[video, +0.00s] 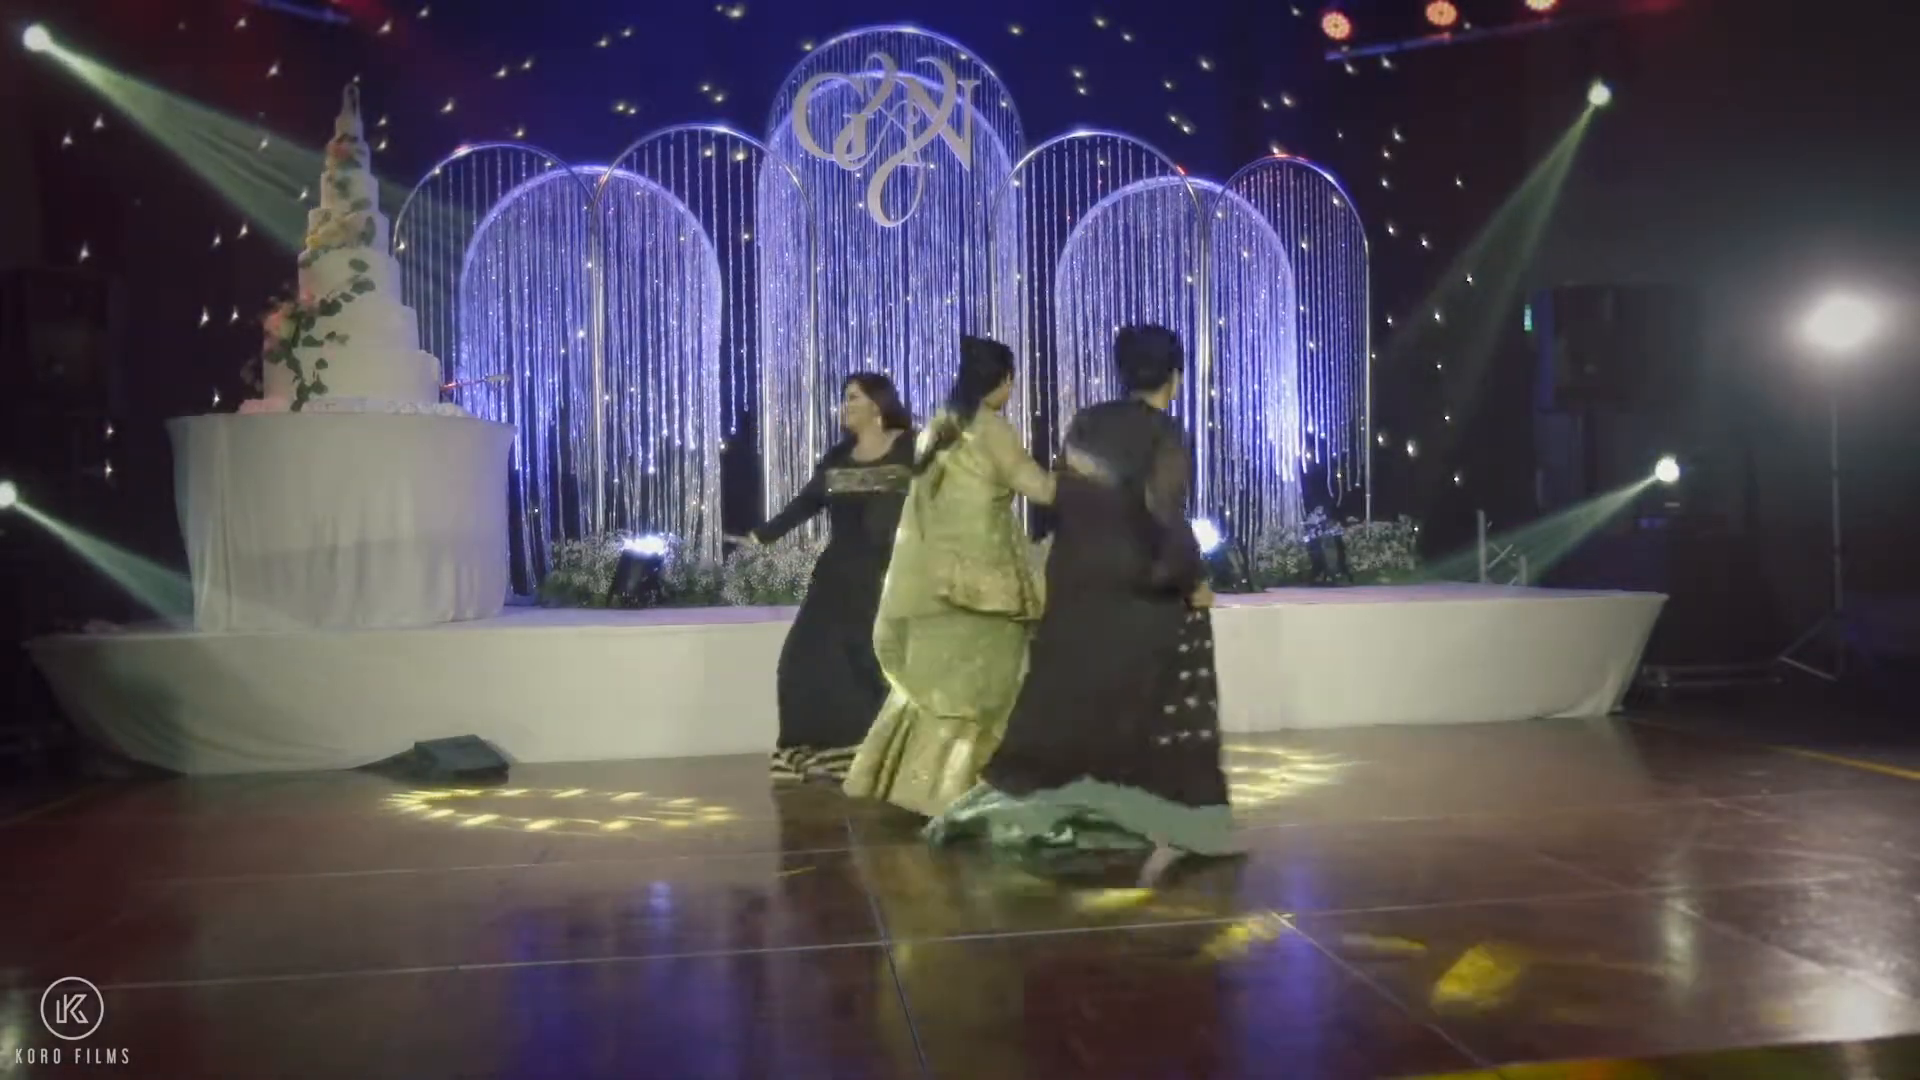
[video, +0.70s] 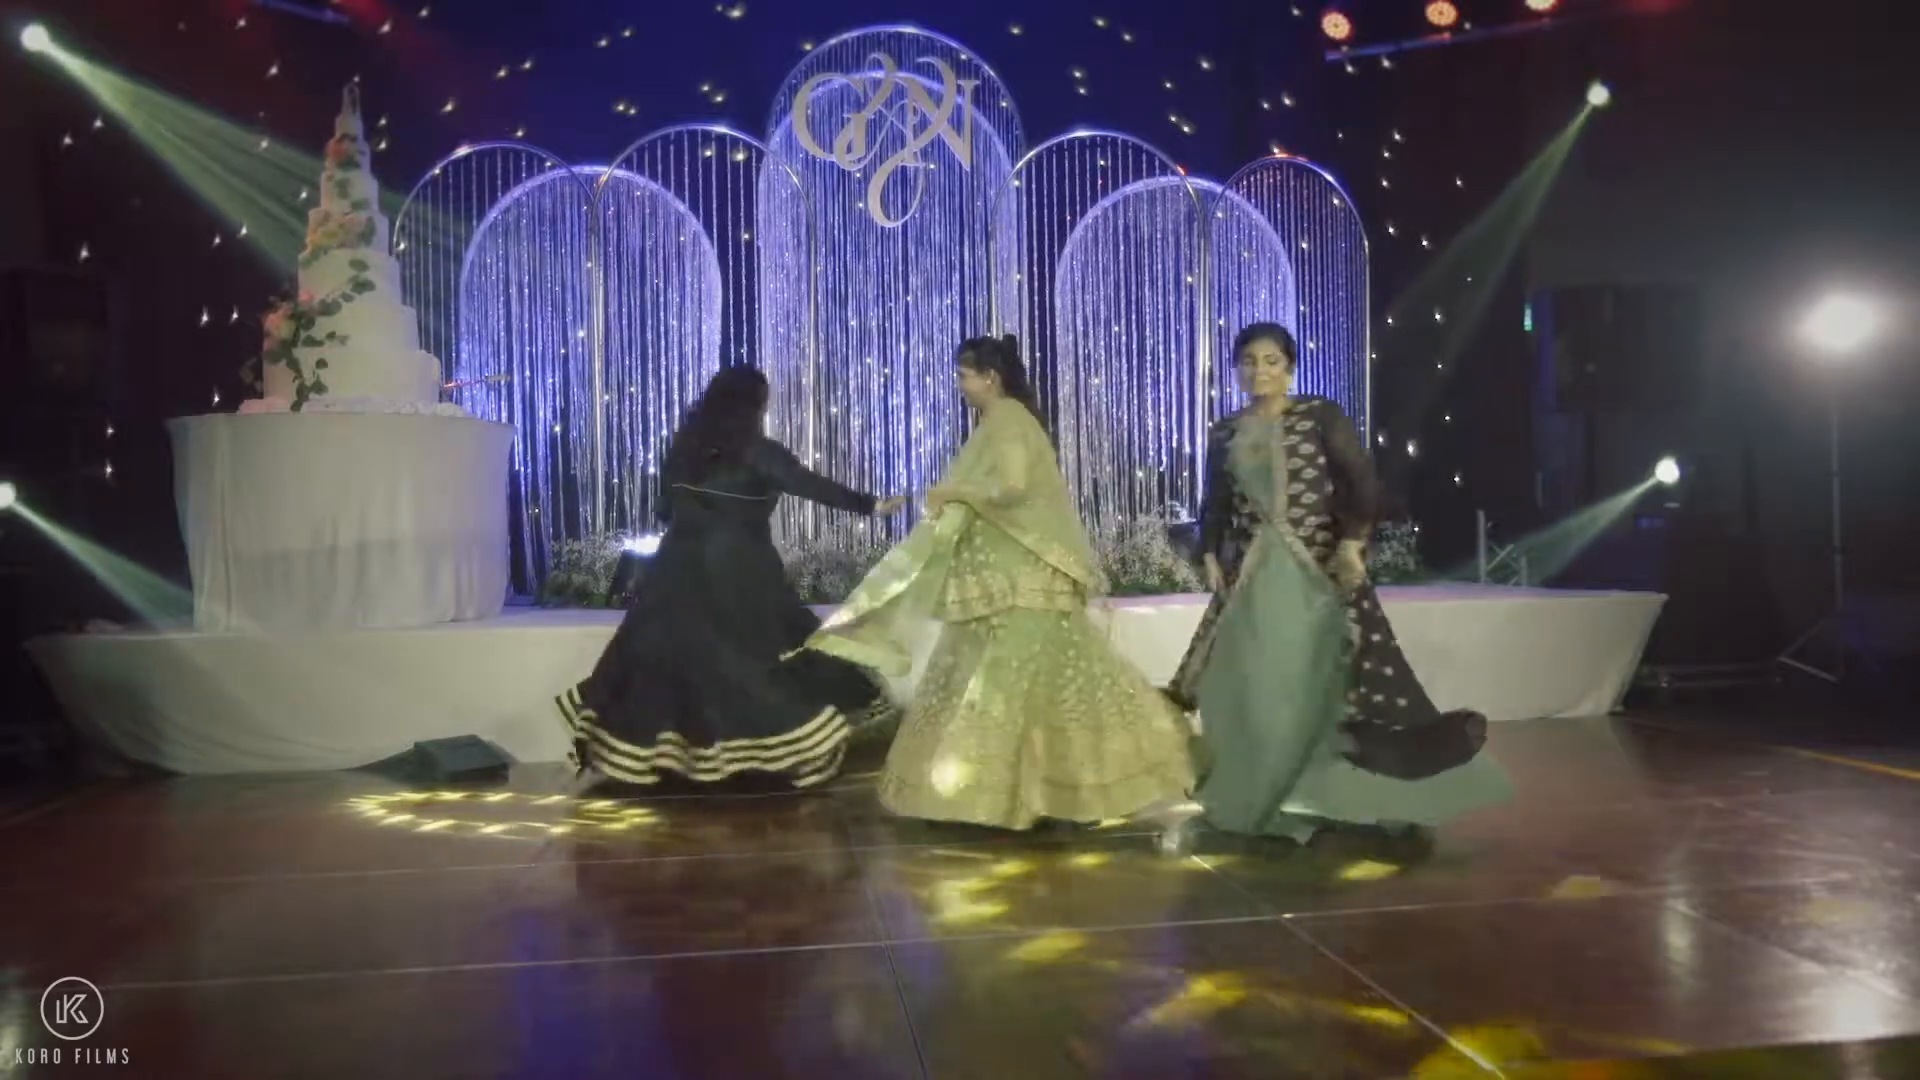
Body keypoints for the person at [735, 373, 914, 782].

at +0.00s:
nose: (844, 406)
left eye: (853, 399)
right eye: (844, 399)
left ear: (879, 404)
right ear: (850, 408)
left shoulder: (912, 450)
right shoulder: (837, 459)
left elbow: (935, 503)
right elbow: (806, 503)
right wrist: (763, 534)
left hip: (885, 572)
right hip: (836, 571)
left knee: (863, 657)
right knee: (801, 655)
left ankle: (862, 750)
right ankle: (802, 746)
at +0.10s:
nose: (818, 405)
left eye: (826, 398)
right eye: (820, 397)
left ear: (850, 405)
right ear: (842, 406)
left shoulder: (878, 449)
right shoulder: (821, 452)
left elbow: (885, 516)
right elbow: (801, 500)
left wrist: (876, 564)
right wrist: (765, 531)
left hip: (854, 576)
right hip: (810, 575)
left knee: (852, 666)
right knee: (782, 660)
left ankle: (861, 762)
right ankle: (783, 759)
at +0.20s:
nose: (804, 410)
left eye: (808, 402)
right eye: (806, 402)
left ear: (824, 406)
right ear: (836, 403)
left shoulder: (845, 446)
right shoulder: (827, 448)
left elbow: (824, 504)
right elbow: (816, 507)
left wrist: (795, 555)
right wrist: (790, 553)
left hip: (836, 577)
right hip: (820, 576)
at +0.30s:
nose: (787, 409)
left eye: (789, 403)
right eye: (789, 403)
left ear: (798, 406)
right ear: (836, 401)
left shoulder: (794, 445)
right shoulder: (845, 450)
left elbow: (763, 494)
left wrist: (722, 535)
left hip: (794, 568)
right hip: (837, 564)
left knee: (784, 656)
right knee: (842, 653)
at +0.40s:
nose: (827, 407)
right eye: (824, 400)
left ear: (776, 404)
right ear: (821, 405)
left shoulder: (755, 446)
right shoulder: (828, 452)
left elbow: (708, 486)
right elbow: (860, 503)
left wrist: (665, 525)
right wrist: (853, 487)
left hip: (761, 571)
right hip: (820, 570)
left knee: (747, 657)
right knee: (838, 649)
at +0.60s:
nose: (787, 409)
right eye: (784, 401)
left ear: (730, 398)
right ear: (780, 402)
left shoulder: (705, 437)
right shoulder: (788, 448)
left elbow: (671, 477)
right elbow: (833, 485)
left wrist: (649, 506)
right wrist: (882, 505)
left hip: (709, 558)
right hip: (770, 561)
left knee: (698, 651)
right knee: (780, 653)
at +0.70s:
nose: (765, 410)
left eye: (763, 401)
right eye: (762, 402)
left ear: (713, 399)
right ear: (753, 405)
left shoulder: (683, 445)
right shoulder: (759, 451)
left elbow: (665, 509)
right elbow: (811, 485)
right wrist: (871, 504)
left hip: (679, 573)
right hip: (740, 574)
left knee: (674, 660)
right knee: (749, 663)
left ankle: (673, 762)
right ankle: (752, 763)